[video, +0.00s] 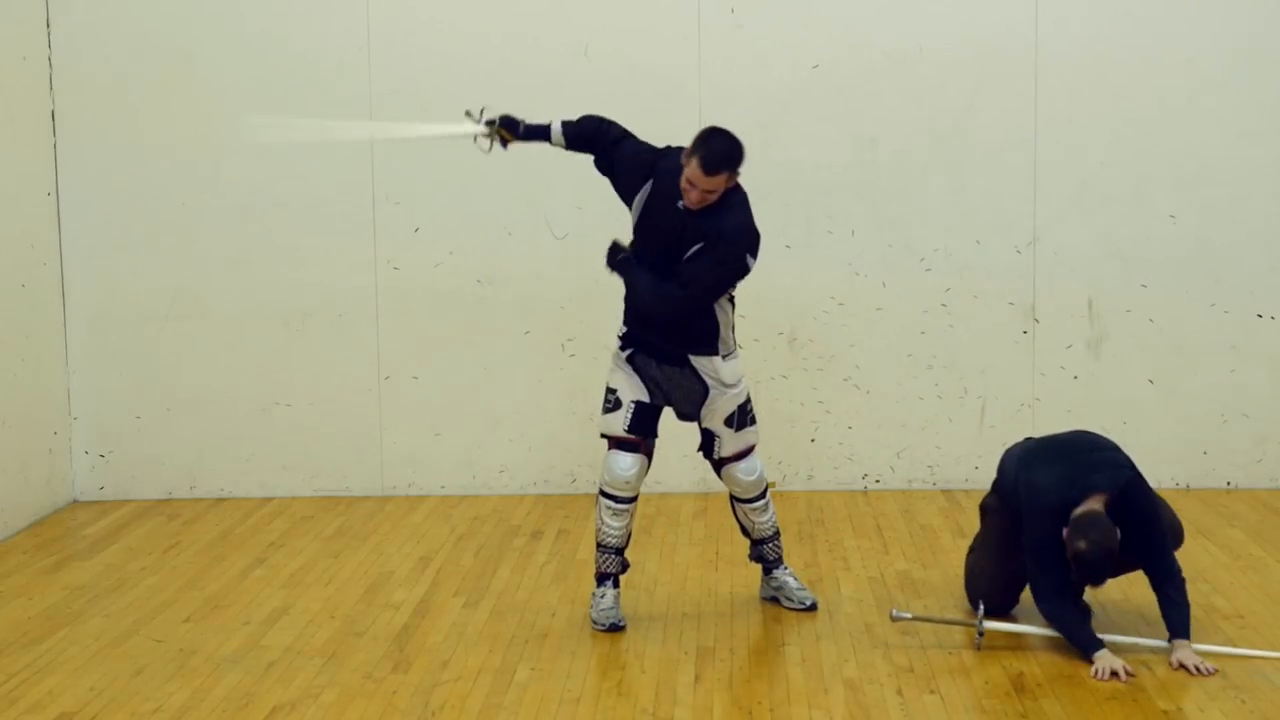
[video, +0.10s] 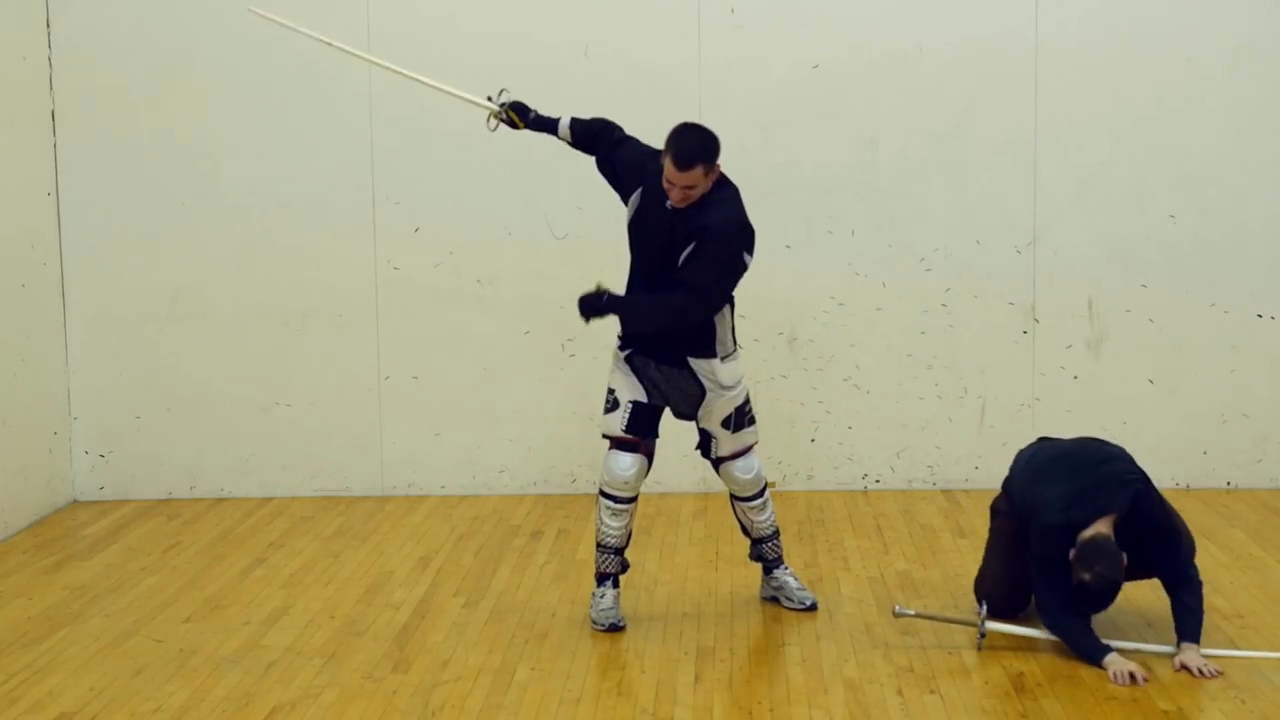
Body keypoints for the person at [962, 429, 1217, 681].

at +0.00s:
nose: (1090, 586)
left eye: (1098, 580)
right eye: (1086, 579)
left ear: (1119, 539)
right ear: (1065, 541)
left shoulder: (1133, 493)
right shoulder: (1040, 504)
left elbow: (1164, 568)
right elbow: (1049, 592)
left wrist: (1181, 642)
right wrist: (1097, 651)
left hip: (1095, 452)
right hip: (1024, 465)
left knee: (1168, 534)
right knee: (990, 600)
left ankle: (1070, 585)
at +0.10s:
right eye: (1078, 590)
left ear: (1121, 564)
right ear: (1072, 558)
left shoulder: (1145, 508)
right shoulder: (1049, 526)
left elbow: (1182, 571)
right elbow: (1054, 609)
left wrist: (1189, 645)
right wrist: (1107, 657)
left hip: (1105, 459)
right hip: (1034, 466)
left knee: (1177, 549)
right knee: (1001, 603)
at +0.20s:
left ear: (1131, 570)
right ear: (1077, 564)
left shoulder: (1154, 511)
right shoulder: (1057, 532)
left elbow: (1197, 577)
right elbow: (1067, 621)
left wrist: (1191, 646)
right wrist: (1124, 664)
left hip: (1117, 461)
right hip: (1046, 467)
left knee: (1168, 567)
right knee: (1006, 605)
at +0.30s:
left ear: (1139, 575)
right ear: (1087, 568)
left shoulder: (1162, 514)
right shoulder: (1066, 540)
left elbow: (1204, 580)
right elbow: (1078, 626)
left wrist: (1192, 647)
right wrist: (1140, 671)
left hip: (1129, 469)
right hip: (1056, 472)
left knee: (1181, 581)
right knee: (1013, 606)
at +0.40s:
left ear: (1148, 581)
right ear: (1094, 574)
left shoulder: (1172, 519)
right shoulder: (1076, 544)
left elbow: (1210, 586)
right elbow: (1091, 634)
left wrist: (1193, 647)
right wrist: (1151, 674)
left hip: (1141, 475)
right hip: (1068, 476)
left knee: (1183, 600)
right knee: (1014, 604)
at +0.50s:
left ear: (1156, 593)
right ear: (1102, 581)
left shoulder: (1185, 532)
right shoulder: (1085, 549)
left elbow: (1216, 591)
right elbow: (1096, 639)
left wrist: (1194, 648)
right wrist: (1158, 676)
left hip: (1155, 484)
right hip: (1080, 482)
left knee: (1179, 619)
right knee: (1017, 602)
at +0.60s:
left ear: (1167, 603)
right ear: (1113, 591)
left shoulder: (1202, 551)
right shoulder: (1096, 565)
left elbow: (1224, 595)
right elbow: (1109, 649)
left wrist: (1195, 647)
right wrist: (1174, 682)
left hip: (1166, 488)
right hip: (1091, 484)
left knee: (1182, 627)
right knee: (1029, 599)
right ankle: (1078, 600)